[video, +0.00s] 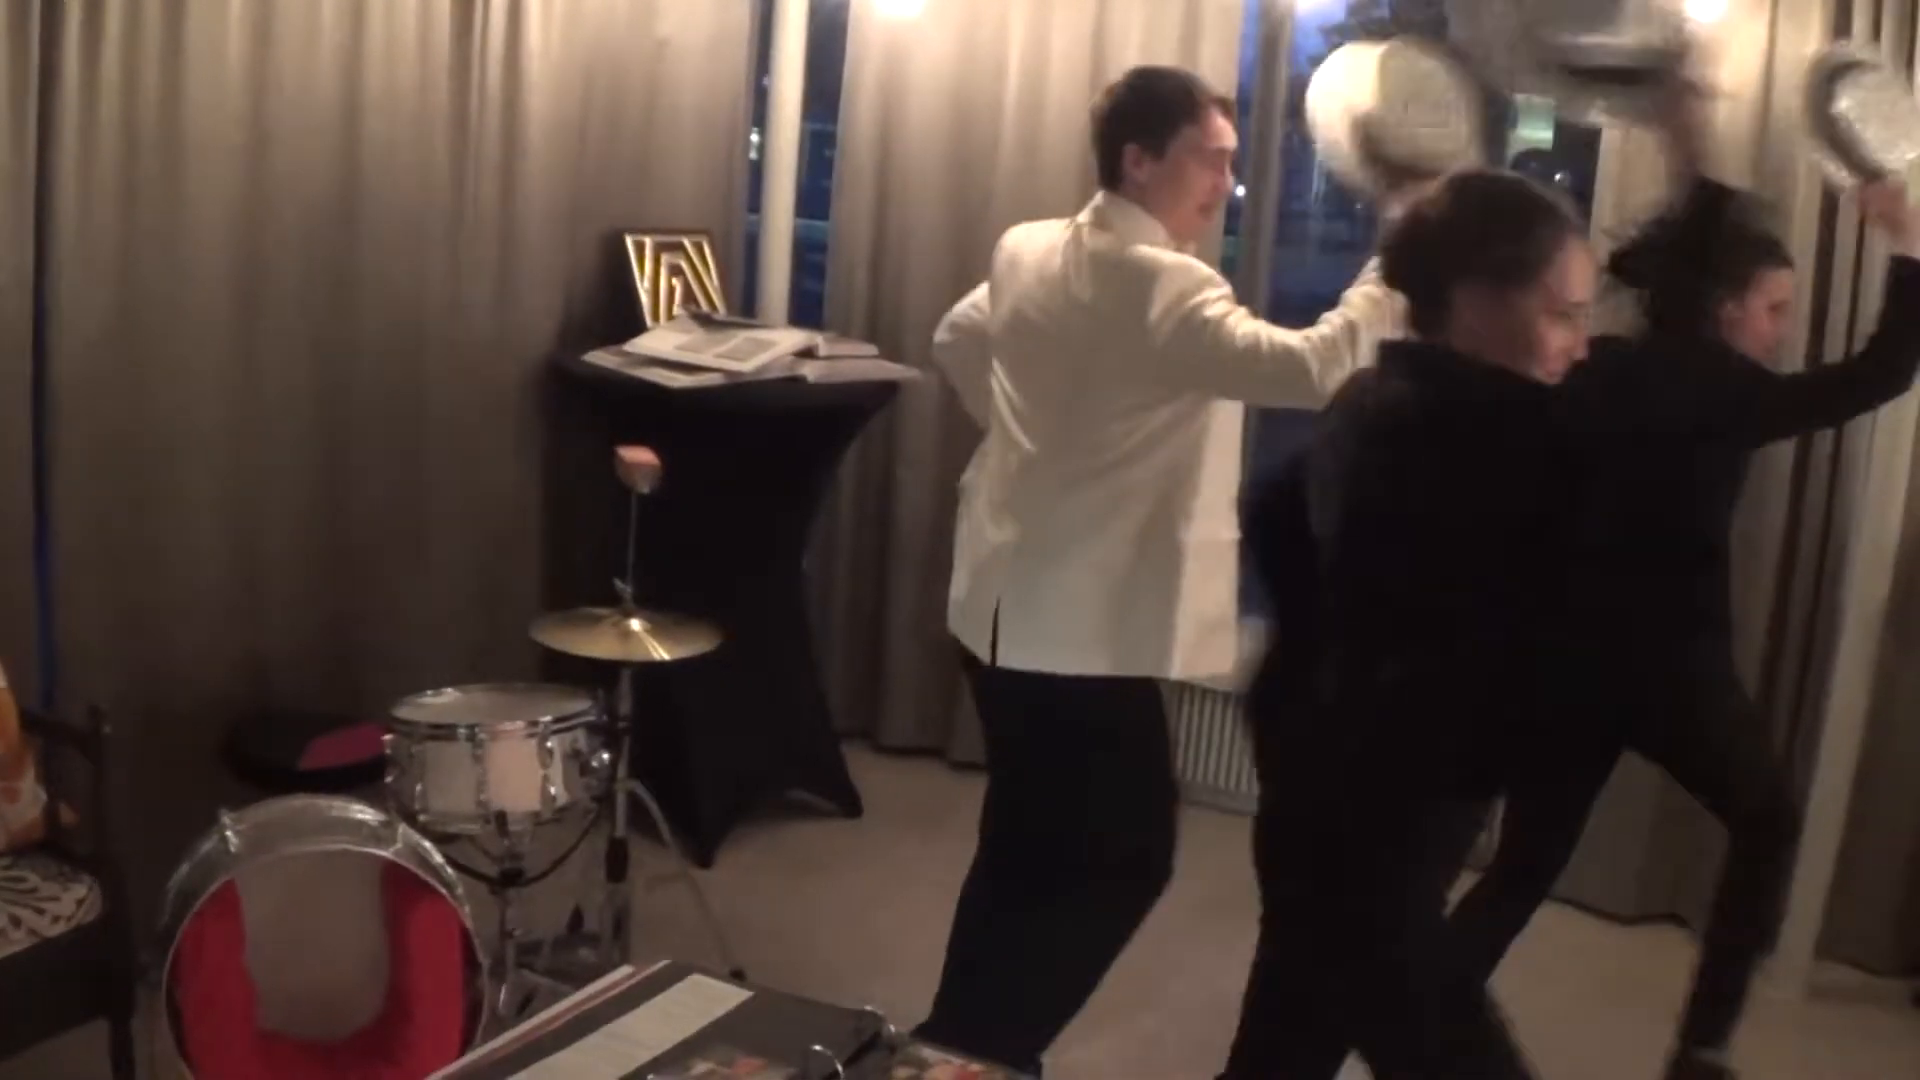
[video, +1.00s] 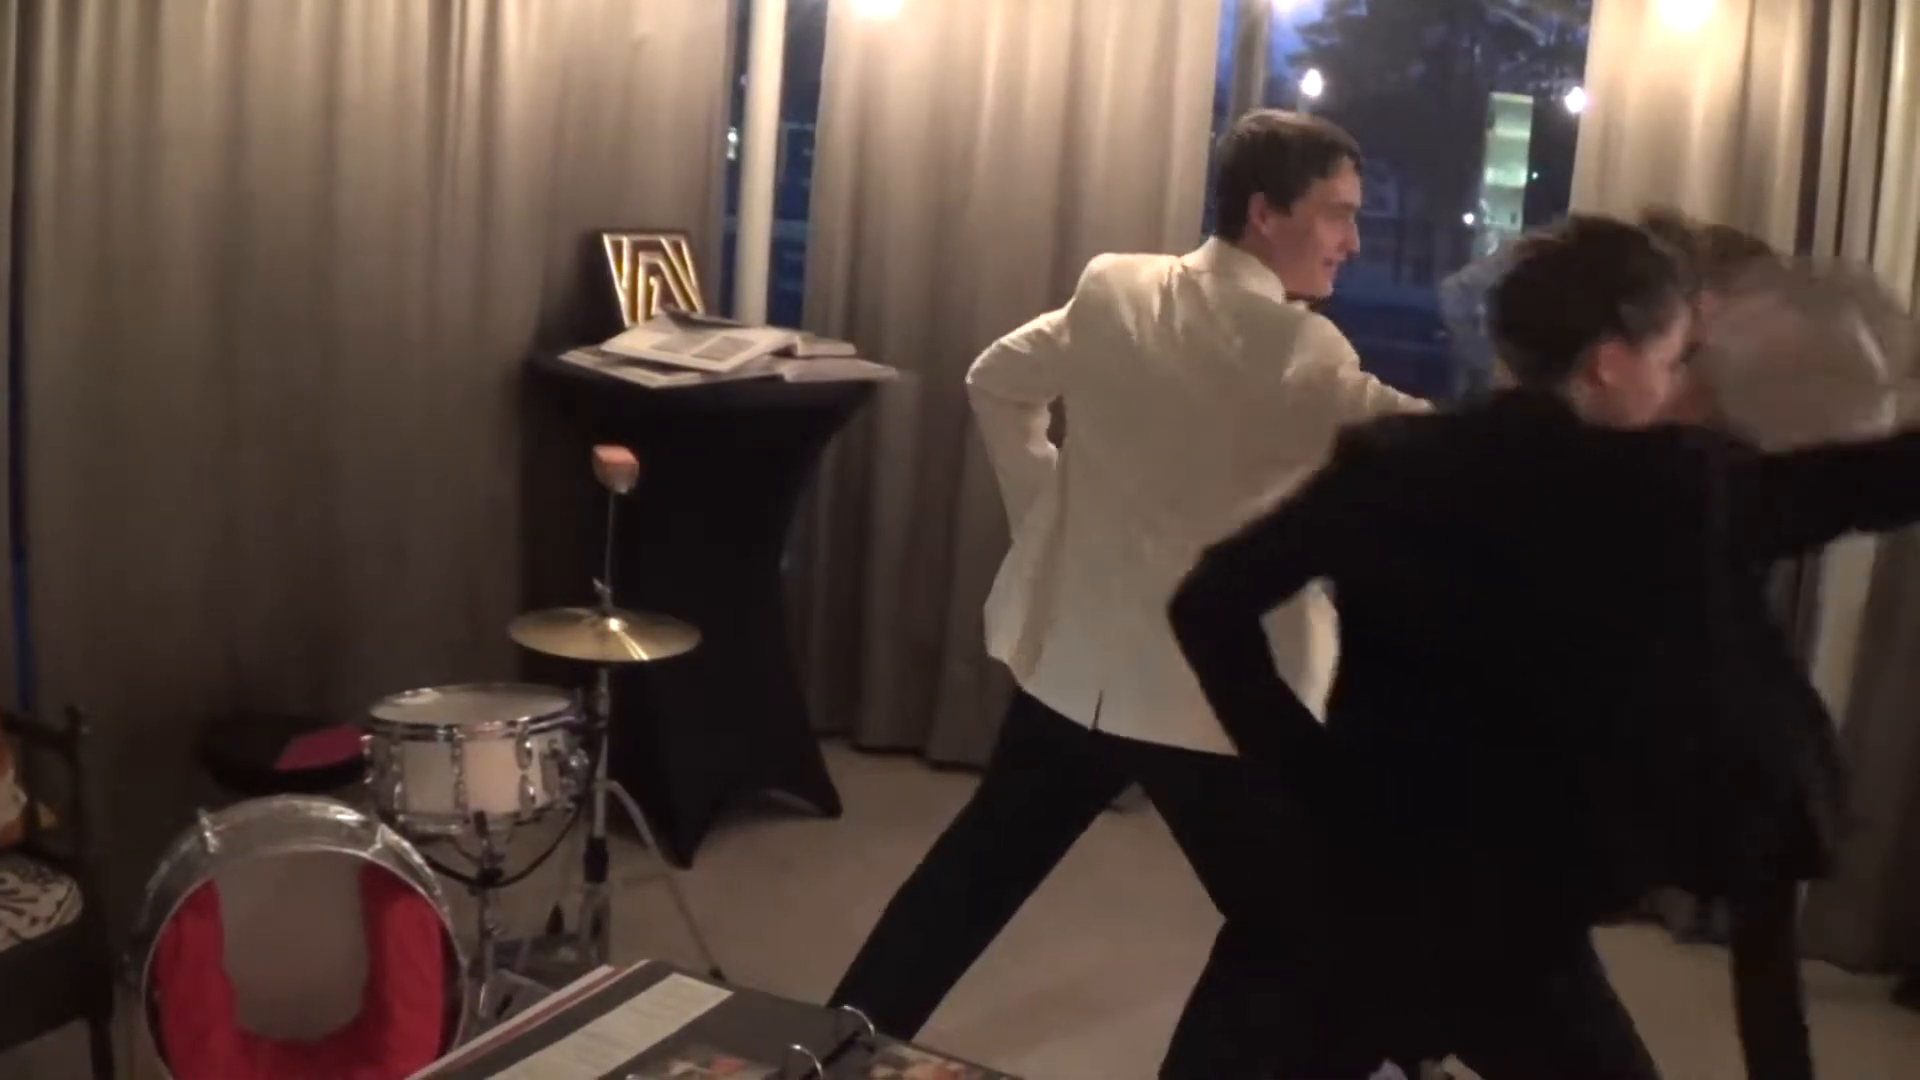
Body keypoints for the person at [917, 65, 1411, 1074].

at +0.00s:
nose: (1229, 183)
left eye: (1231, 162)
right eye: (1213, 161)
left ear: (1126, 167)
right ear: (1142, 161)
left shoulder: (1029, 252)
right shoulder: (1167, 291)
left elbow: (955, 339)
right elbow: (1309, 369)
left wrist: (1027, 435)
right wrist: (1400, 255)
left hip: (997, 613)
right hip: (1087, 634)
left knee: (1024, 838)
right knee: (1131, 855)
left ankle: (958, 1044)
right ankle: (988, 1051)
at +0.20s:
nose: (1281, 172)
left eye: (1284, 149)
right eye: (1268, 147)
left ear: (1182, 144)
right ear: (1192, 141)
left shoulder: (1064, 216)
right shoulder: (1228, 280)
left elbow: (952, 293)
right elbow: (1365, 363)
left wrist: (992, 418)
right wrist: (1515, 334)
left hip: (1019, 581)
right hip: (1146, 616)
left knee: (969, 801)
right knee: (1201, 843)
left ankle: (872, 1031)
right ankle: (1131, 1065)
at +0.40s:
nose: (1320, 238)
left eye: (1324, 216)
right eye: (1309, 214)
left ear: (1231, 209)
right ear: (1233, 206)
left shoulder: (1087, 289)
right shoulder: (1277, 353)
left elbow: (967, 371)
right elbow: (1427, 429)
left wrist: (1015, 496)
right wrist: (1613, 439)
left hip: (1046, 660)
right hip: (1183, 689)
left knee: (961, 863)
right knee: (1274, 900)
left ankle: (834, 1047)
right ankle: (1203, 1075)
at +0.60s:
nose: (1351, 257)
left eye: (1357, 233)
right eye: (1339, 231)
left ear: (1259, 228)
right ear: (1267, 222)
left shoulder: (1112, 298)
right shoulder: (1311, 364)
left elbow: (987, 377)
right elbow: (1471, 439)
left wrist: (1037, 529)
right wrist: (1662, 439)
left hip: (1070, 673)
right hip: (1205, 703)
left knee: (959, 880)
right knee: (1290, 910)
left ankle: (831, 1057)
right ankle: (1202, 1078)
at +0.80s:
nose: (1357, 256)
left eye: (1361, 234)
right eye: (1343, 232)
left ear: (1261, 228)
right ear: (1274, 227)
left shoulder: (1116, 298)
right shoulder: (1313, 369)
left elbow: (991, 383)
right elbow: (1458, 436)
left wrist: (1038, 529)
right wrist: (1635, 446)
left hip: (1068, 675)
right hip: (1203, 710)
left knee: (962, 880)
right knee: (1293, 925)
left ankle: (831, 1055)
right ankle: (1203, 1079)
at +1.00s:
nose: (1353, 245)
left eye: (1356, 220)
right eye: (1340, 217)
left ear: (1251, 216)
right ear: (1264, 214)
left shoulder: (1115, 294)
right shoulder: (1315, 365)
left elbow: (998, 382)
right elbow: (1437, 452)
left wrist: (1042, 515)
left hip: (1069, 675)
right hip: (1208, 711)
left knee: (979, 864)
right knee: (1283, 919)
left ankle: (841, 1047)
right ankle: (1201, 1078)